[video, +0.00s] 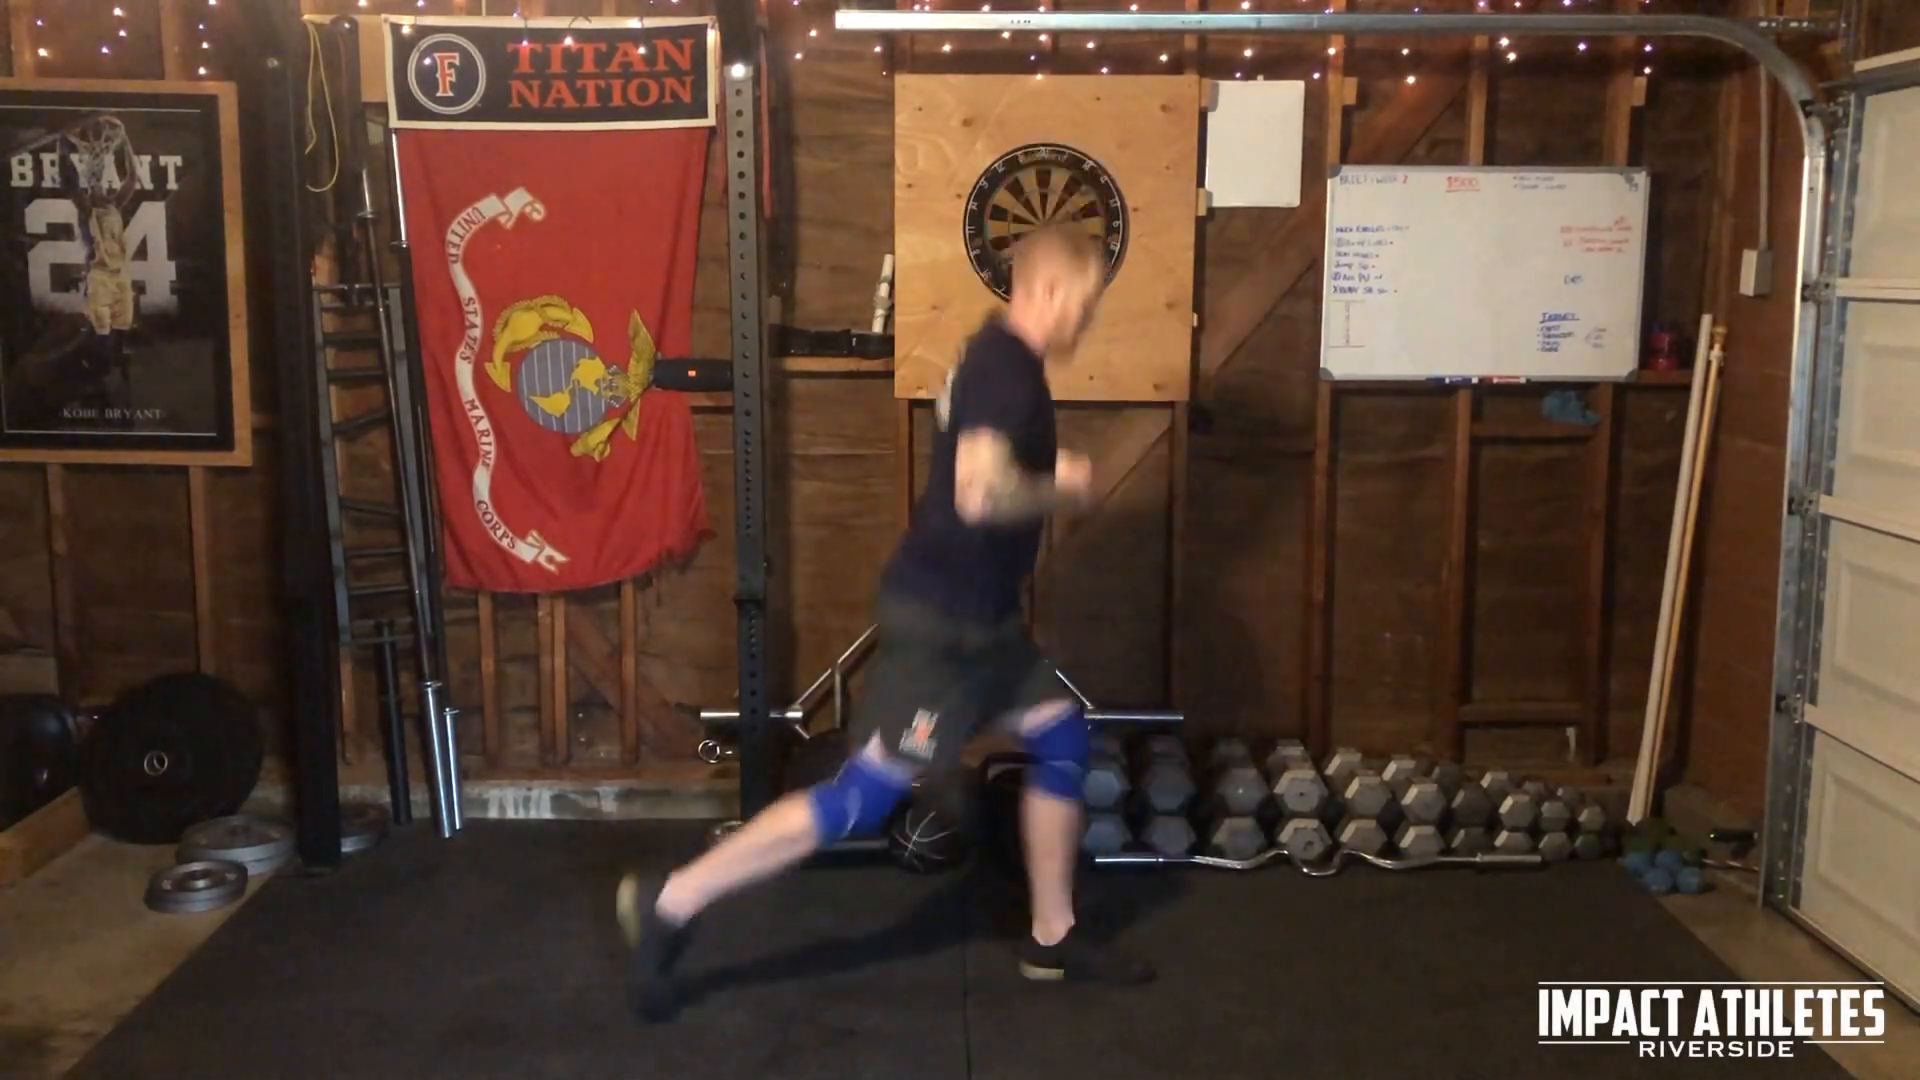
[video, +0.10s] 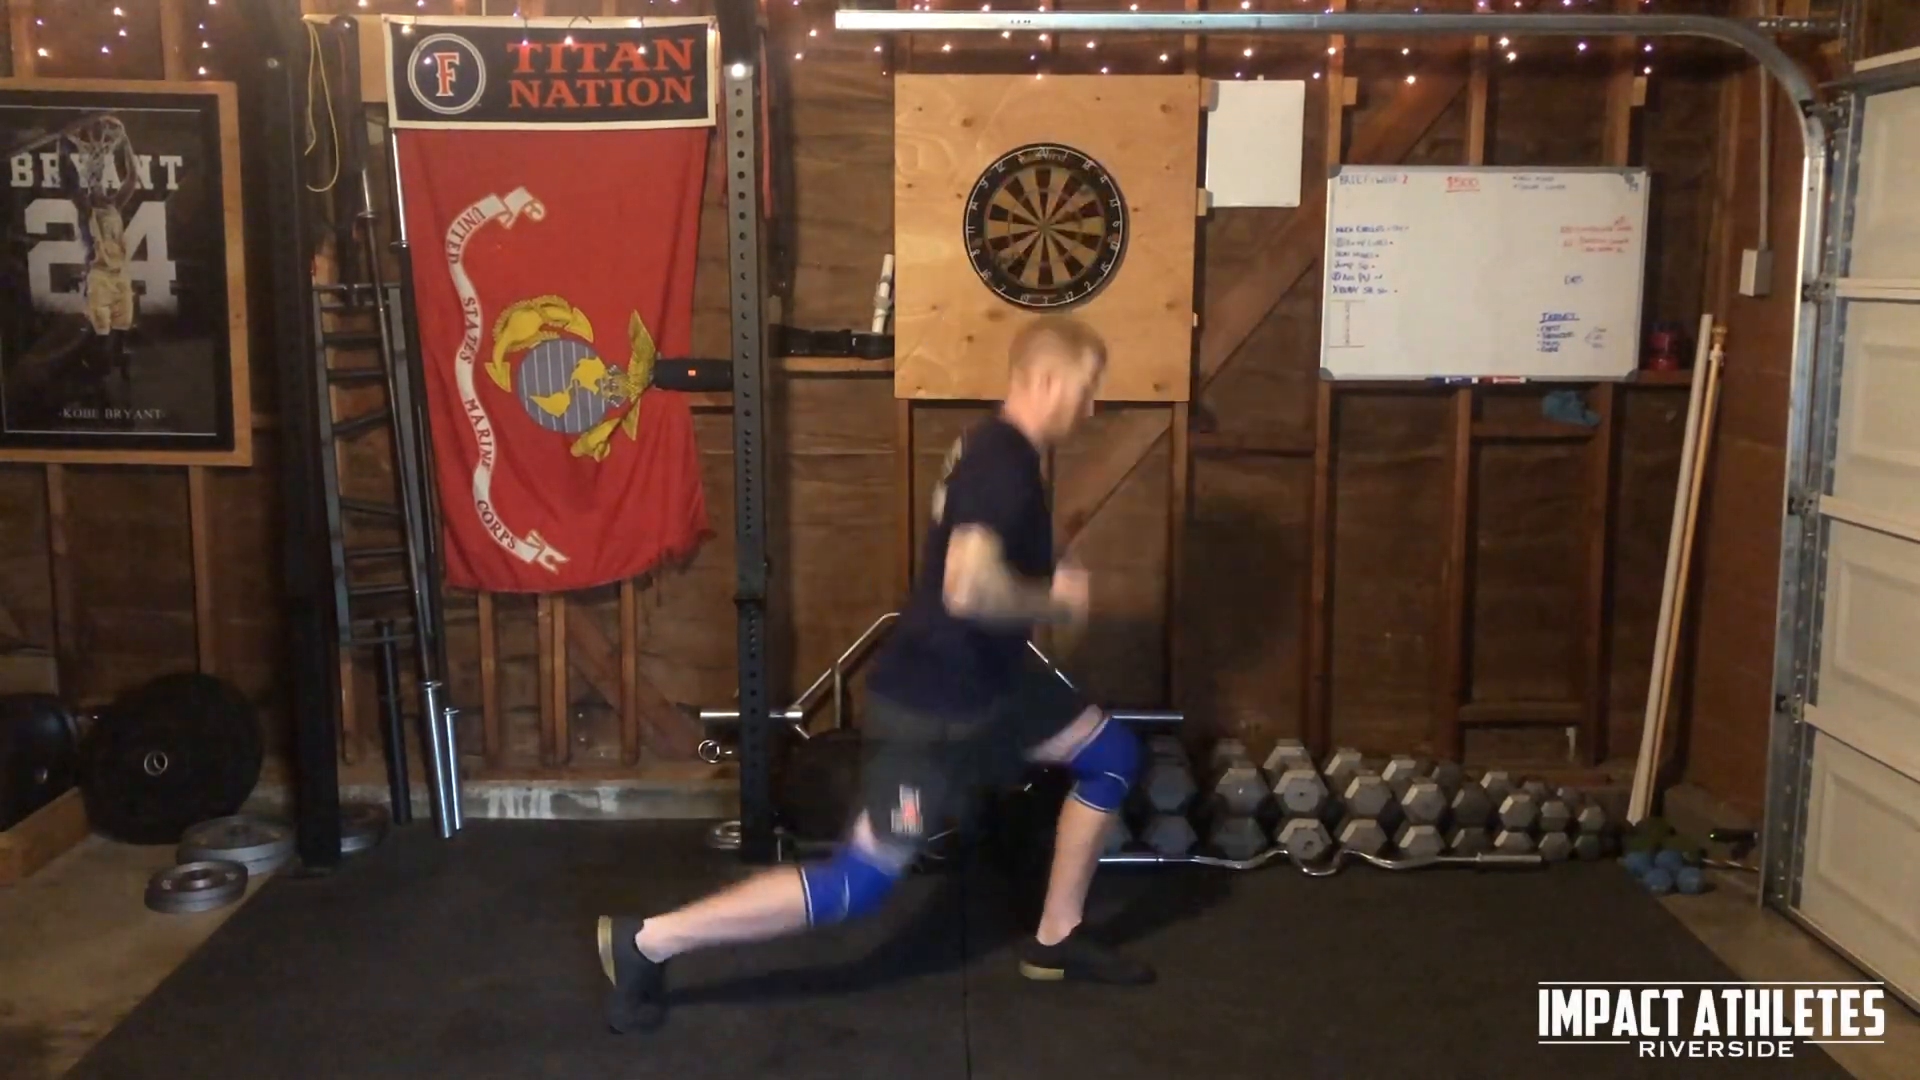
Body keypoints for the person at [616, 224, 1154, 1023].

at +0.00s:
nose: (1088, 317)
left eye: (1092, 300)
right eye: (1085, 299)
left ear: (1039, 286)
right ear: (1046, 288)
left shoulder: (1013, 362)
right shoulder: (1000, 362)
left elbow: (998, 476)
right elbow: (979, 492)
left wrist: (1049, 478)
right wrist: (1060, 484)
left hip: (984, 623)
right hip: (937, 622)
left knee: (1062, 737)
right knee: (863, 796)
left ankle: (1054, 937)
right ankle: (669, 899)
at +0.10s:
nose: (1091, 406)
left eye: (1093, 391)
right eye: (1086, 390)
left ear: (1032, 382)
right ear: (1041, 382)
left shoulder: (1010, 448)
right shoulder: (1002, 456)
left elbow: (977, 561)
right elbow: (967, 587)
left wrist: (1045, 580)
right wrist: (1052, 596)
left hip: (992, 673)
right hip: (932, 688)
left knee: (1109, 758)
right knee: (856, 883)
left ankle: (1058, 935)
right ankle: (643, 942)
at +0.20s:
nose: (1082, 467)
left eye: (1083, 453)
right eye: (1077, 452)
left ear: (1028, 442)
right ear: (1042, 447)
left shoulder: (1006, 515)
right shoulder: (997, 527)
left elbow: (988, 616)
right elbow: (948, 655)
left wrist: (1049, 632)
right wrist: (1041, 690)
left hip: (988, 742)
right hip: (926, 764)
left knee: (1122, 761)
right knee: (862, 953)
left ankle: (1056, 939)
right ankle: (647, 947)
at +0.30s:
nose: (1077, 501)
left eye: (1077, 486)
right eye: (1071, 485)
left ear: (1021, 482)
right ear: (1031, 483)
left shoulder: (1005, 553)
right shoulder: (987, 563)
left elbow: (984, 664)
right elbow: (941, 695)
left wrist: (1046, 673)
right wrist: (1041, 733)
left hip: (984, 770)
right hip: (925, 793)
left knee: (1121, 759)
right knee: (857, 986)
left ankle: (1058, 938)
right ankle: (648, 948)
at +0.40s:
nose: (1071, 495)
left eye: (1070, 479)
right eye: (1064, 479)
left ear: (1013, 476)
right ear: (1024, 477)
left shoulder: (999, 548)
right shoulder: (985, 559)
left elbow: (1000, 640)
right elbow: (953, 696)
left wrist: (1051, 649)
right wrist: (1058, 712)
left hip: (982, 770)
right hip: (923, 797)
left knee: (1119, 758)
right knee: (848, 982)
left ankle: (1057, 938)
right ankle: (640, 944)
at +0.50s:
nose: (1065, 439)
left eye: (1065, 425)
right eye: (1058, 424)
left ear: (1010, 425)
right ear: (1014, 425)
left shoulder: (999, 501)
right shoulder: (983, 508)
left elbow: (1009, 588)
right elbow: (984, 639)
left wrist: (1059, 589)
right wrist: (1079, 619)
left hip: (994, 715)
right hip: (925, 744)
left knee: (1119, 763)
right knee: (849, 929)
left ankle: (1058, 940)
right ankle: (629, 945)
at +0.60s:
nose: (1065, 350)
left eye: (1067, 334)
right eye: (1059, 333)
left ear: (1013, 330)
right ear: (1018, 330)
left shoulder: (1003, 412)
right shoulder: (987, 413)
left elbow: (994, 522)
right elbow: (1002, 537)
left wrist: (1060, 501)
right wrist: (1076, 504)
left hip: (994, 654)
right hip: (928, 659)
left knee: (1095, 754)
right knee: (860, 828)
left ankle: (1059, 937)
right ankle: (656, 941)